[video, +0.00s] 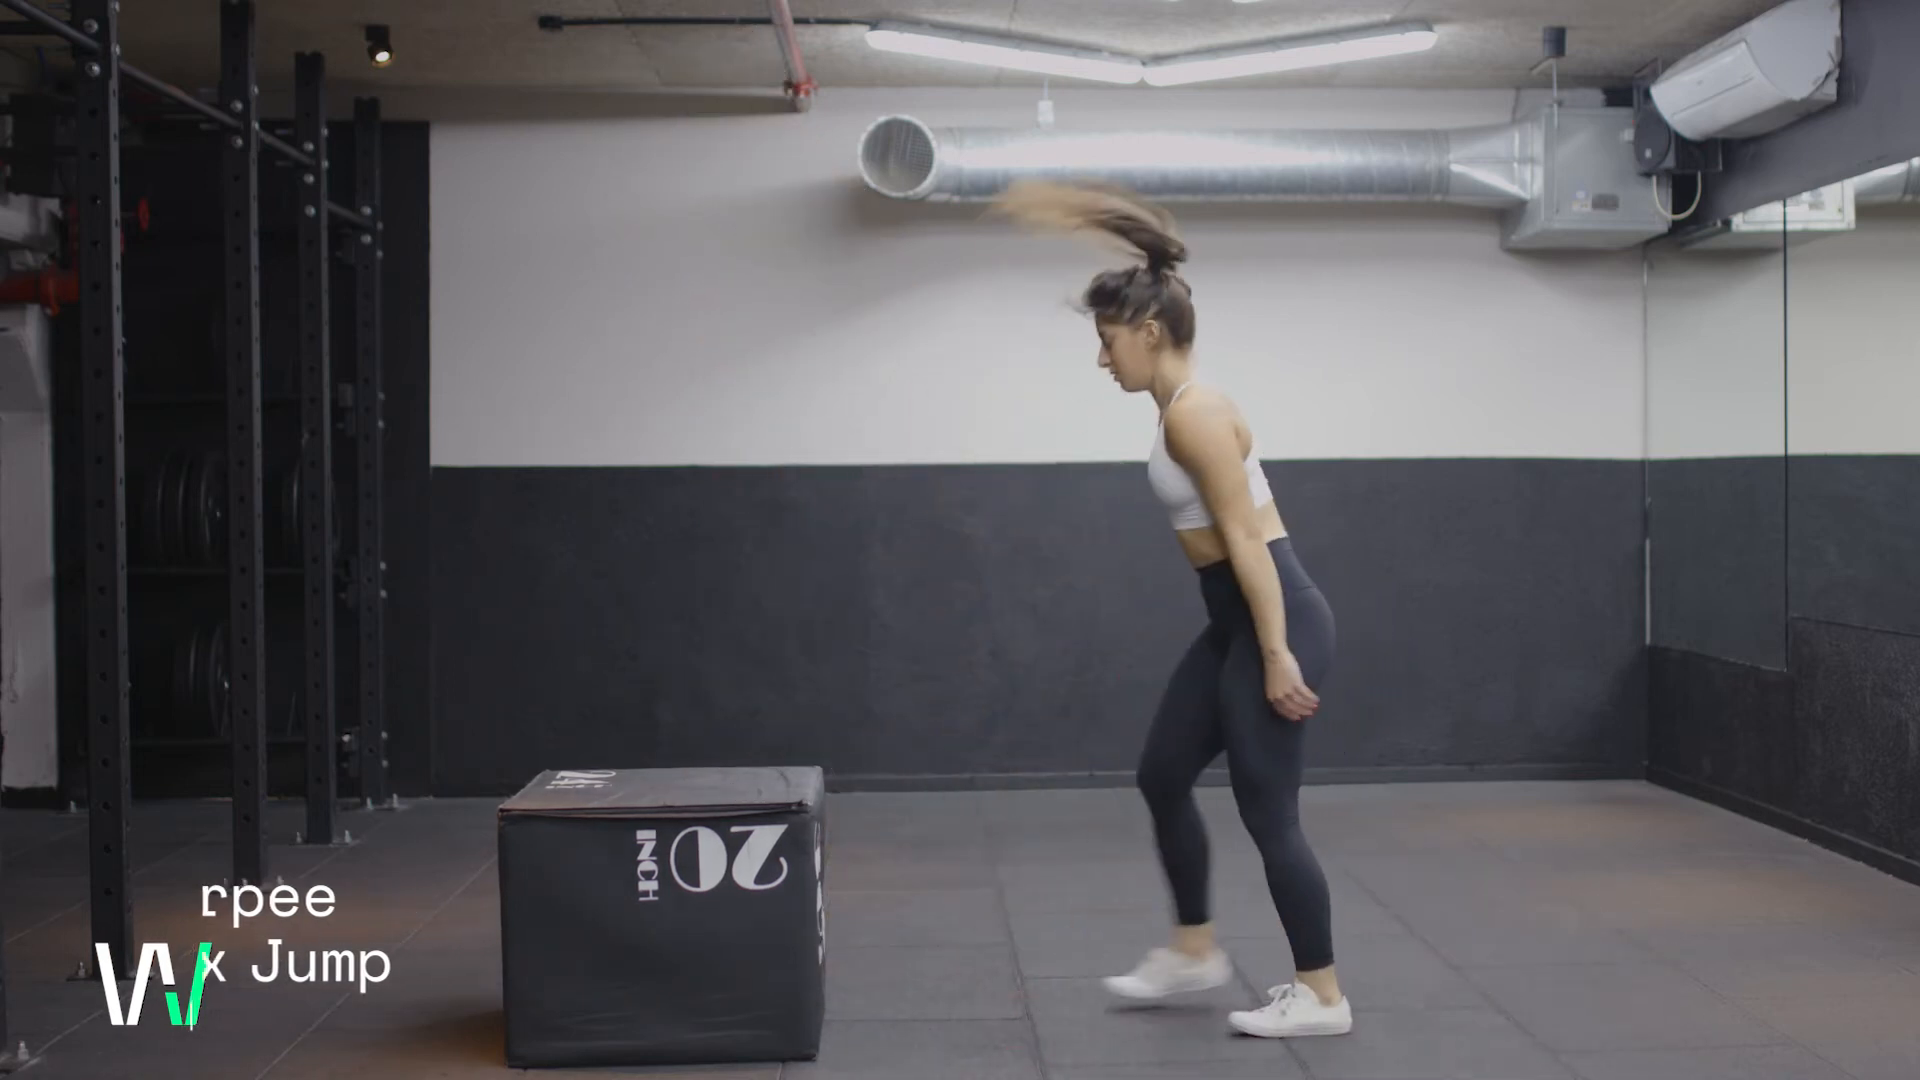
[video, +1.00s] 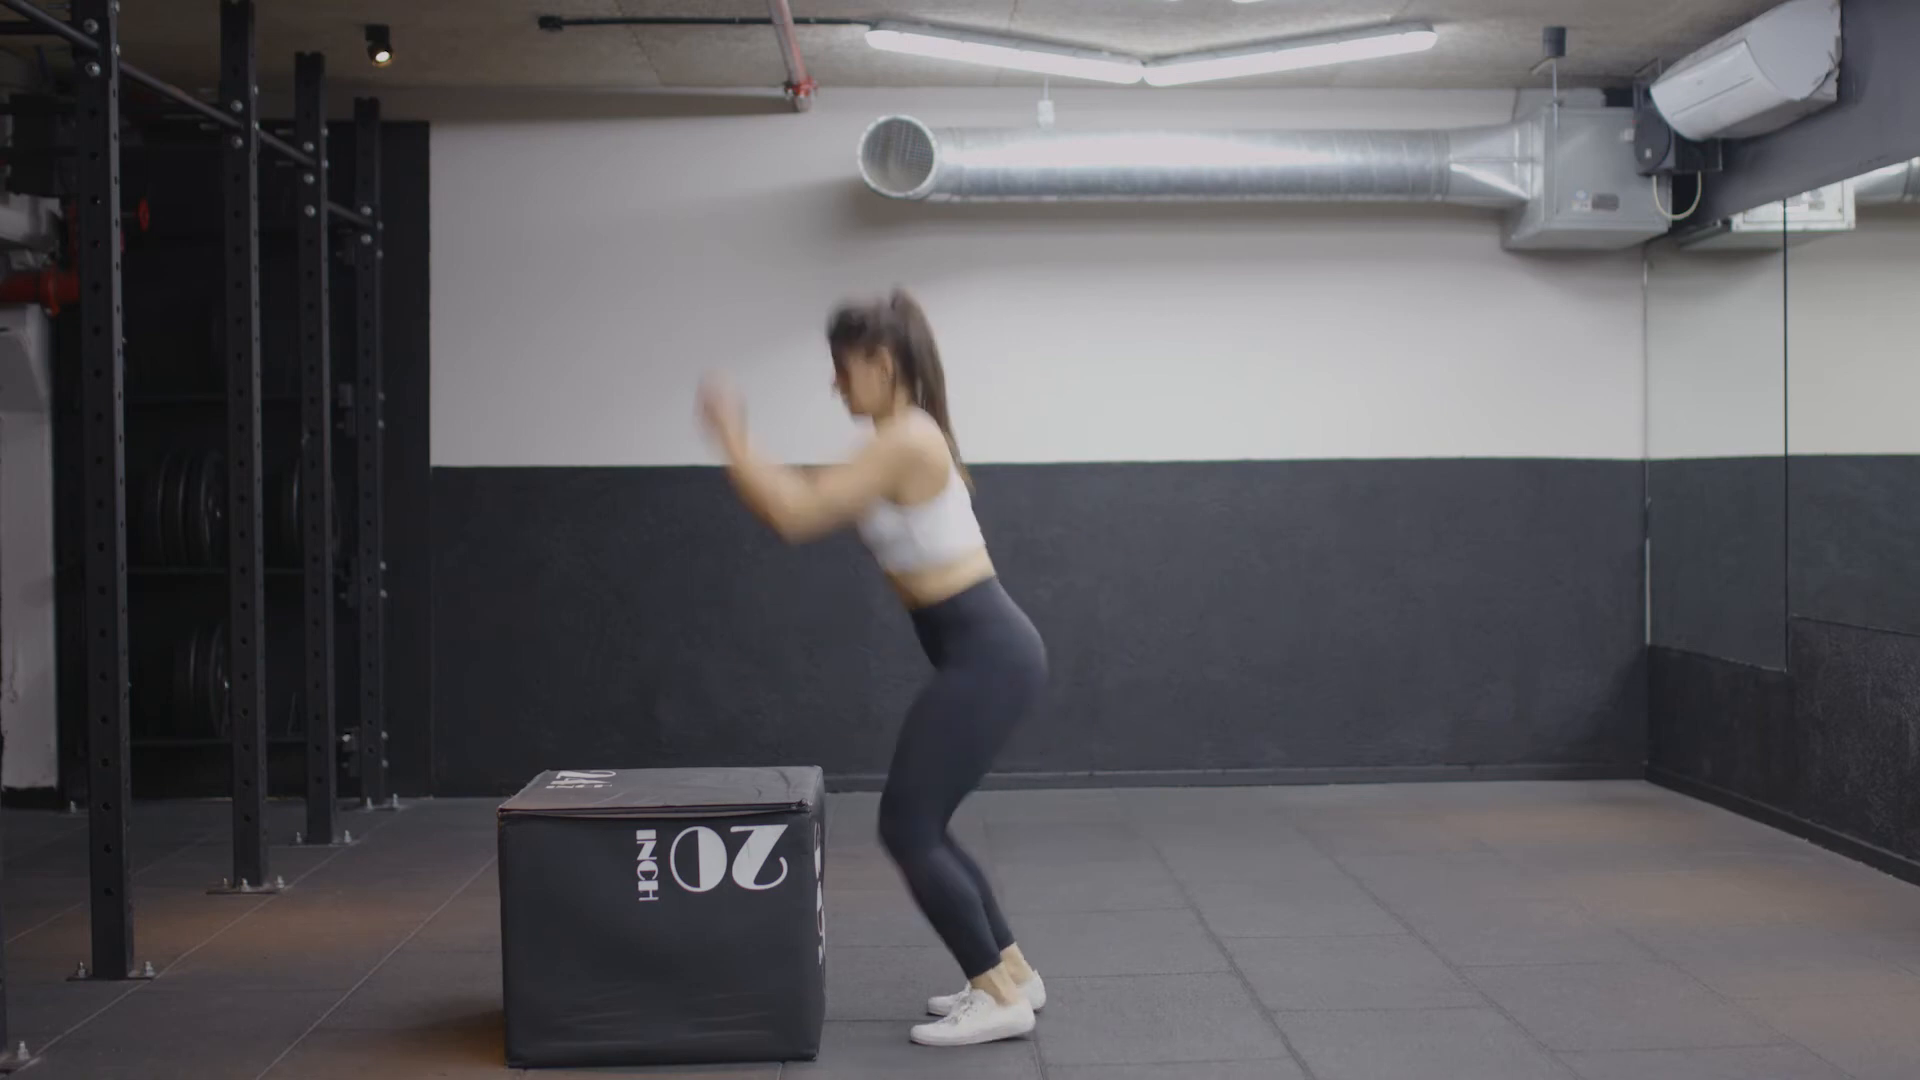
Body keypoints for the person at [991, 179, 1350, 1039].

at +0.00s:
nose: (1103, 355)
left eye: (1109, 339)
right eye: (1101, 340)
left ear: (1153, 333)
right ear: (1148, 333)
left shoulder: (1196, 417)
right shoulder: (1185, 412)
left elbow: (1248, 536)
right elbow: (1242, 532)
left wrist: (1275, 654)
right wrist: (1256, 643)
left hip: (1272, 623)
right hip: (1235, 621)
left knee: (1269, 814)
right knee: (1164, 775)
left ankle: (1323, 994)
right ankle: (1193, 950)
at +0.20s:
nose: (1079, 368)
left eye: (1084, 351)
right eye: (1077, 352)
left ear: (1125, 342)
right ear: (1123, 343)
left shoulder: (1164, 426)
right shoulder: (1165, 417)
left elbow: (1186, 558)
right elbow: (1187, 552)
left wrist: (1178, 678)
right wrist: (1184, 663)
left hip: (1226, 638)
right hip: (1197, 632)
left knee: (1241, 821)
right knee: (1120, 807)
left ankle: (1320, 994)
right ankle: (1044, 961)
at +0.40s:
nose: (996, 367)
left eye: (1004, 349)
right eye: (994, 351)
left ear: (1047, 345)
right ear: (1043, 345)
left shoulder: (1078, 418)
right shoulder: (1092, 412)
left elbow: (1132, 526)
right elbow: (1159, 497)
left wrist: (1109, 647)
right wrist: (1141, 593)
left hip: (1149, 635)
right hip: (1118, 634)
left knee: (1175, 818)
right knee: (1069, 809)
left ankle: (1297, 967)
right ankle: (1025, 972)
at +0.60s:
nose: (900, 374)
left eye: (906, 356)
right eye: (898, 359)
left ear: (949, 347)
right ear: (945, 350)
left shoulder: (996, 405)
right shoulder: (986, 411)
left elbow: (1107, 438)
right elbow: (1094, 453)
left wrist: (1131, 550)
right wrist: (1109, 548)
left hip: (1090, 618)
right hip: (1067, 620)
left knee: (1045, 797)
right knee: (1045, 799)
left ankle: (1158, 944)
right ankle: (1023, 971)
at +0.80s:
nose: (830, 416)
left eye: (835, 398)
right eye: (828, 401)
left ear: (874, 390)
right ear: (873, 390)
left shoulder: (931, 452)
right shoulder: (918, 454)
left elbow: (1043, 517)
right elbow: (1032, 514)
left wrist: (1031, 637)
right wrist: (1004, 633)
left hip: (1048, 643)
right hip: (1029, 640)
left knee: (966, 810)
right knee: (963, 807)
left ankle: (1010, 995)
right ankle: (1011, 977)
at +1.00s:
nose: (837, 380)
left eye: (846, 365)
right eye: (837, 366)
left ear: (888, 361)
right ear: (881, 365)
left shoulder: (912, 440)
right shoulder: (902, 438)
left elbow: (796, 513)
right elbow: (806, 502)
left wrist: (729, 436)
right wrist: (740, 449)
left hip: (987, 655)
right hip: (978, 650)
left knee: (907, 826)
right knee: (919, 823)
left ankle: (999, 992)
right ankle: (1010, 974)